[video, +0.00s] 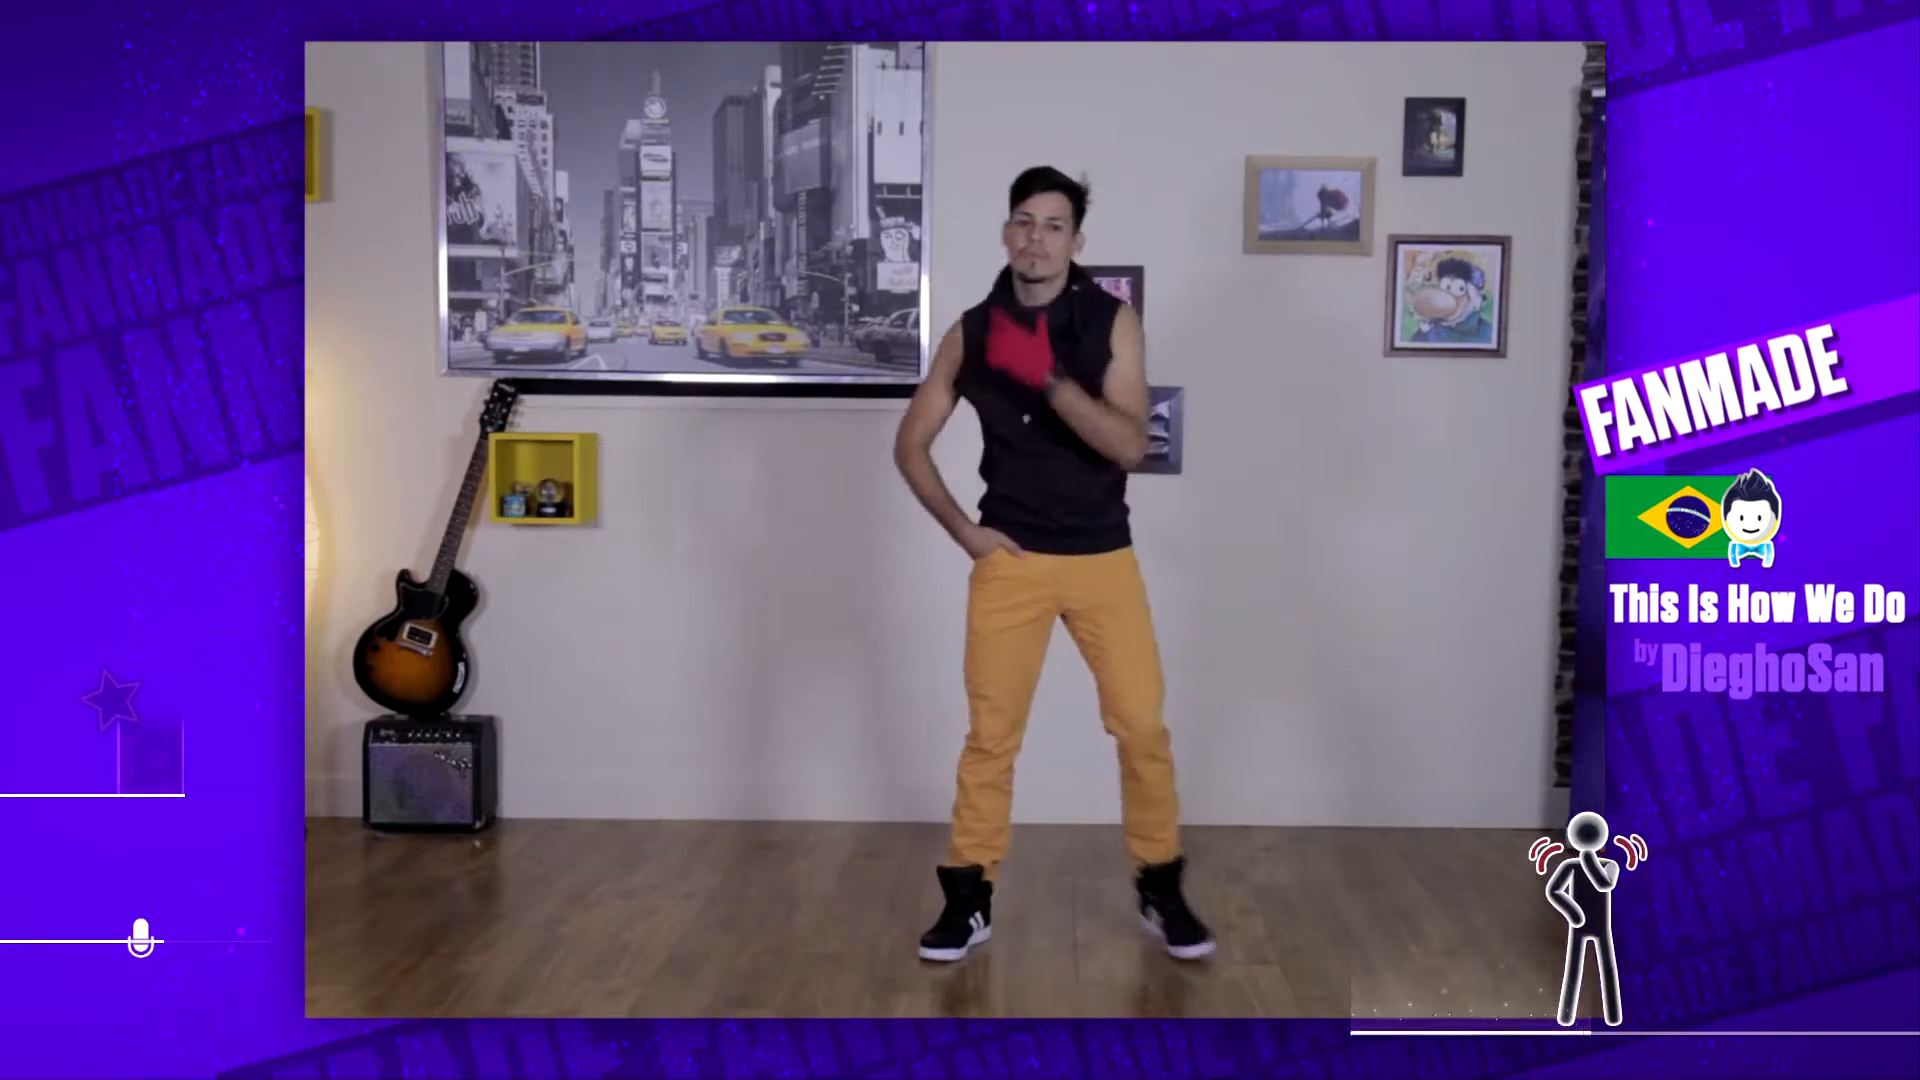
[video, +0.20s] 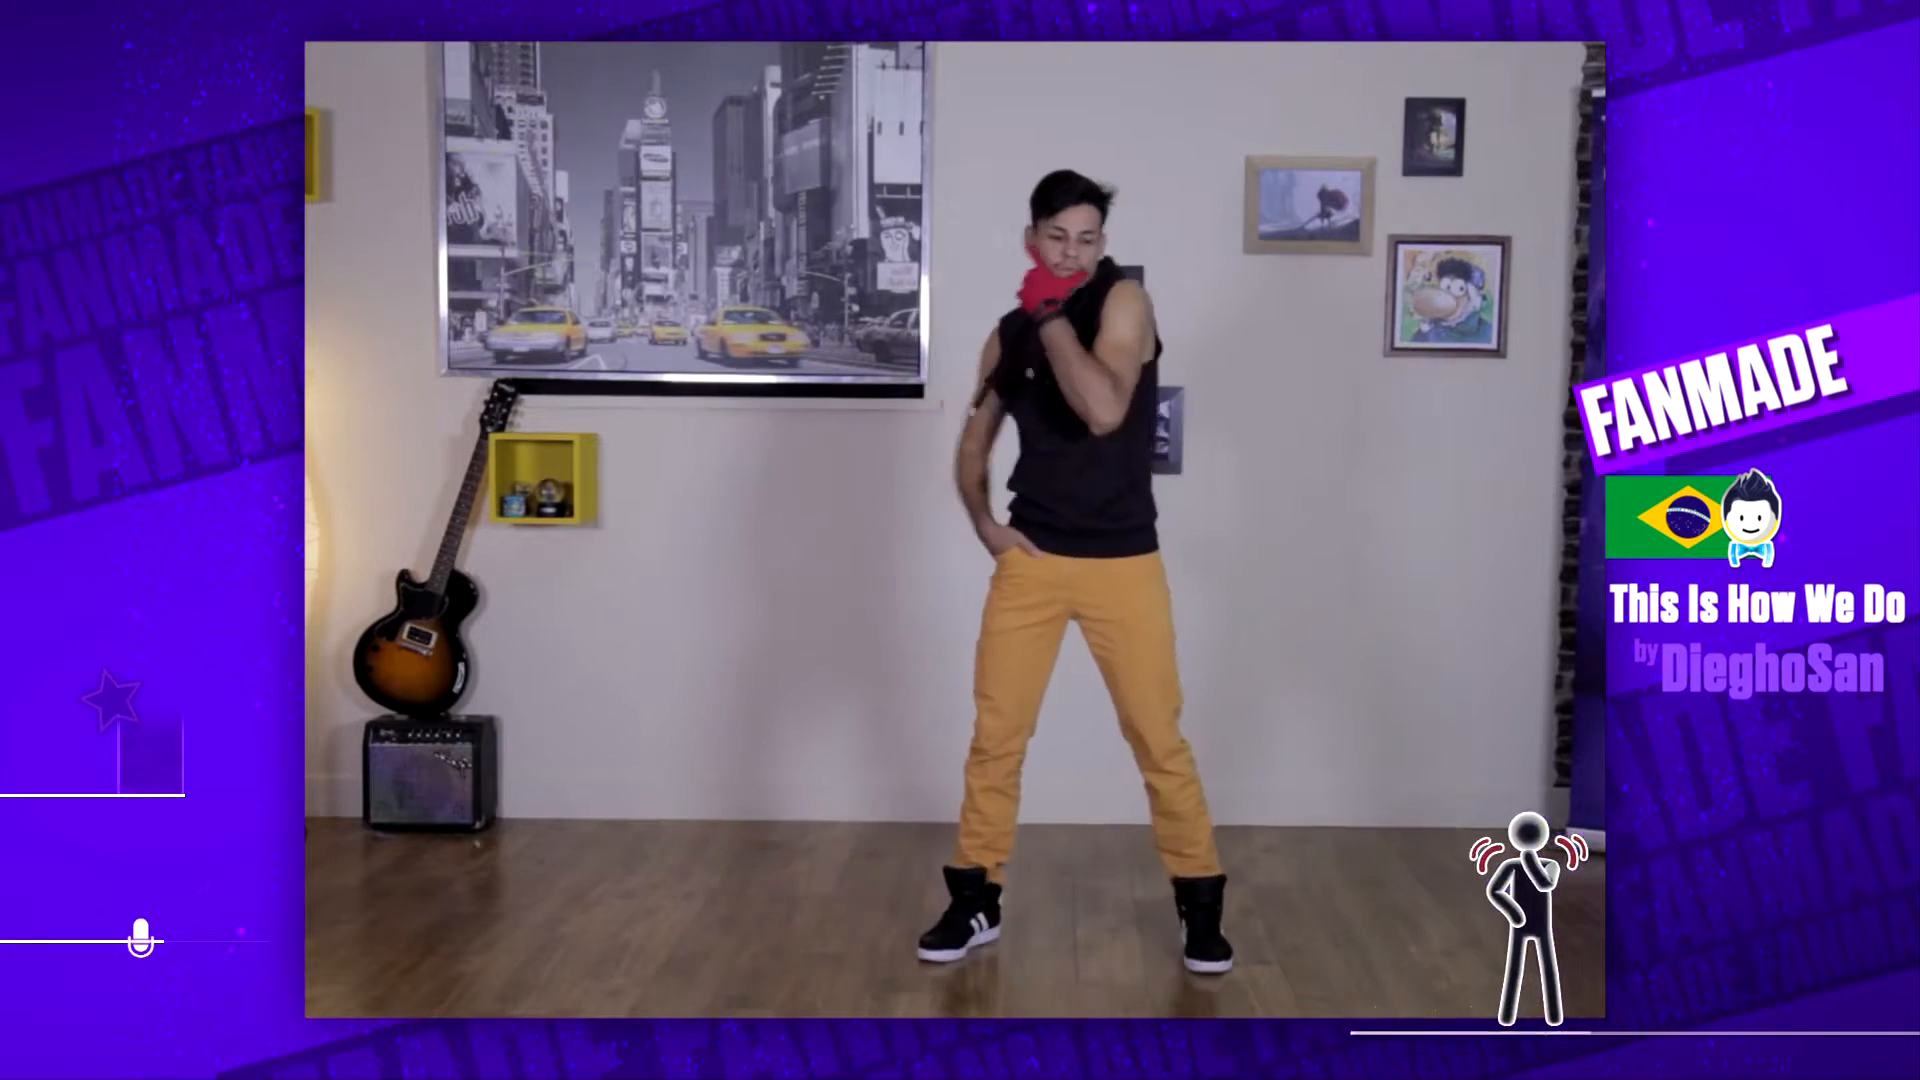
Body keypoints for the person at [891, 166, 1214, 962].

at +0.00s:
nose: (1034, 238)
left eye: (1051, 226)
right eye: (1023, 224)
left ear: (1076, 238)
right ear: (1005, 233)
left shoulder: (1112, 322)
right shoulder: (972, 332)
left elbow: (1130, 447)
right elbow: (909, 446)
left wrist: (1050, 377)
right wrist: (967, 533)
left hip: (1103, 562)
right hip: (1009, 562)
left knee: (1143, 726)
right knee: (991, 736)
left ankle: (1161, 887)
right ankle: (968, 898)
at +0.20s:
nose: (1073, 252)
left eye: (1087, 239)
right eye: (1057, 238)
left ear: (1103, 239)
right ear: (1029, 239)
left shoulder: (1125, 302)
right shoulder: (1010, 335)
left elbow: (1106, 410)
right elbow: (973, 449)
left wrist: (1051, 318)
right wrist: (986, 523)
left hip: (1122, 567)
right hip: (1029, 563)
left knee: (1158, 739)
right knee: (995, 736)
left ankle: (1200, 904)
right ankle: (975, 900)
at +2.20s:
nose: (1085, 257)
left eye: (1102, 244)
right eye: (1078, 241)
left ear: (1146, 248)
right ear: (1069, 238)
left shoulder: (1168, 336)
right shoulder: (1032, 312)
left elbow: (1165, 447)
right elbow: (968, 431)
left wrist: (1103, 356)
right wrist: (1000, 533)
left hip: (1135, 569)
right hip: (1040, 565)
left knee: (1157, 739)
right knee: (999, 741)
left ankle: (1187, 908)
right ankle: (970, 903)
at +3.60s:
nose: (1088, 249)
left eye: (1106, 235)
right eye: (1082, 233)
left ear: (1148, 242)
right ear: (1073, 232)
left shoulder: (1160, 338)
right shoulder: (1027, 304)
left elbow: (1155, 449)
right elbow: (956, 424)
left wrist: (1104, 352)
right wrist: (993, 534)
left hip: (1124, 568)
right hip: (1030, 565)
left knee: (1148, 742)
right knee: (993, 739)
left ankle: (1168, 906)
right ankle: (963, 898)